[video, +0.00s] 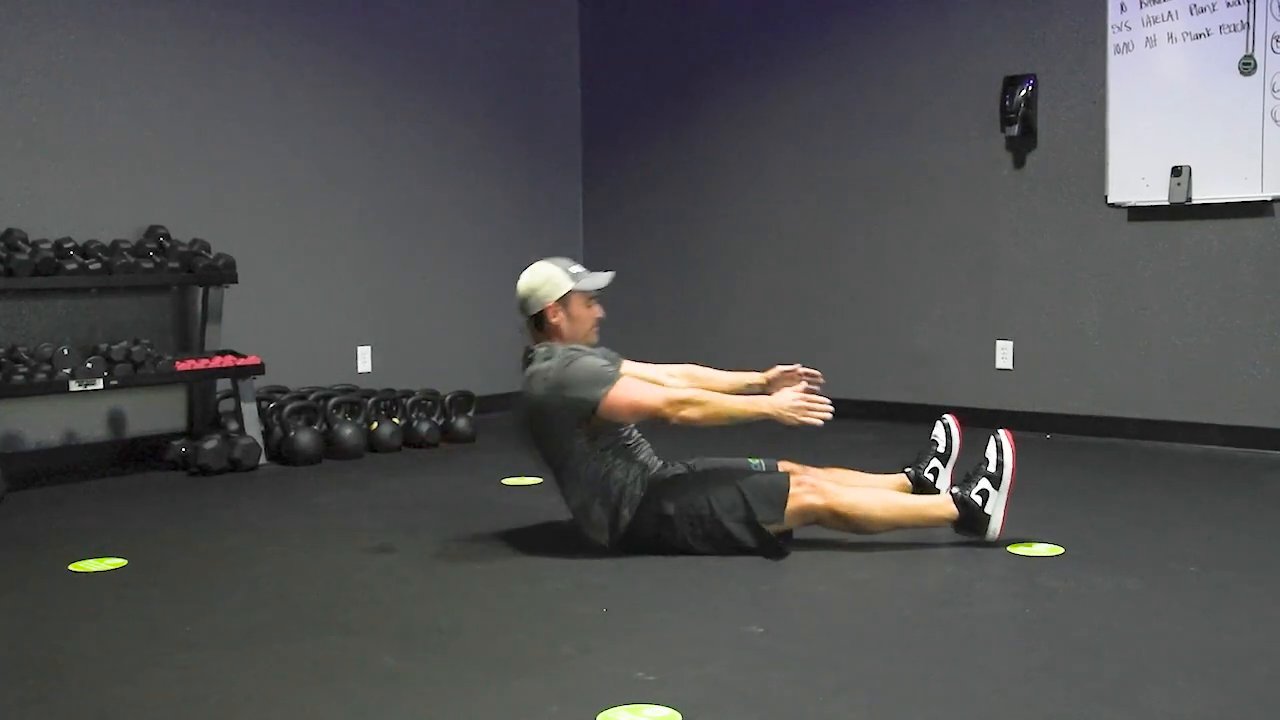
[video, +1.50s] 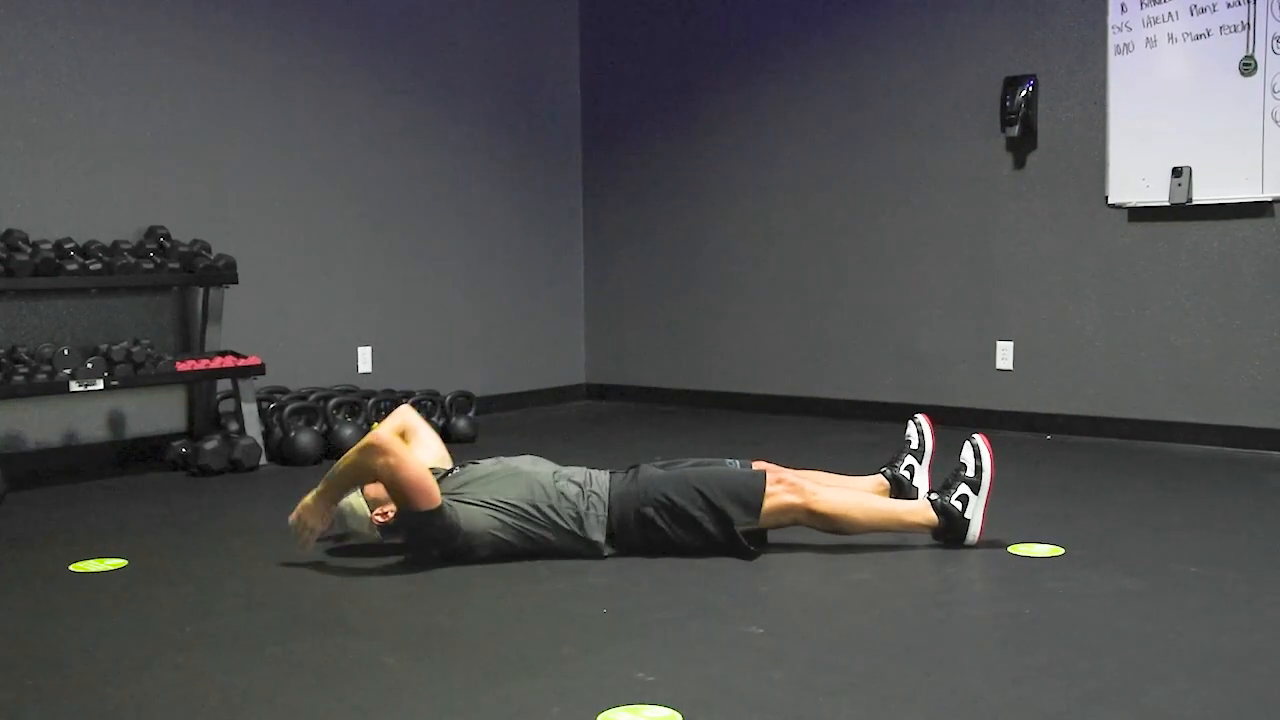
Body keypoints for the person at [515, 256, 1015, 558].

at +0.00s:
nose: (596, 307)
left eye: (591, 297)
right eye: (584, 300)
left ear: (557, 314)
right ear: (553, 315)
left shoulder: (580, 358)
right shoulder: (564, 374)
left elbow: (675, 378)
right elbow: (672, 408)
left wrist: (760, 380)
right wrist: (768, 409)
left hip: (646, 487)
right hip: (633, 511)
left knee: (796, 473)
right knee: (805, 496)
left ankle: (918, 480)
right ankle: (966, 511)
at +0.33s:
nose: (712, 295)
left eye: (712, 284)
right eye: (707, 283)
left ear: (665, 286)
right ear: (676, 284)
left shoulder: (644, 335)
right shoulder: (668, 343)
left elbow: (752, 405)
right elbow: (764, 409)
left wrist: (829, 425)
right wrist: (851, 443)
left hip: (651, 494)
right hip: (658, 506)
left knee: (806, 455)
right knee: (836, 480)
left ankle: (929, 480)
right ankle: (981, 510)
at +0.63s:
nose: (687, 292)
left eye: (683, 281)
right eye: (678, 282)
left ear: (644, 290)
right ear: (649, 289)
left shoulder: (625, 342)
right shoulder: (643, 349)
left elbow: (734, 397)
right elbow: (747, 402)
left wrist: (813, 407)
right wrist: (846, 418)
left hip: (661, 491)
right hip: (661, 509)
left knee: (810, 458)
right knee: (833, 479)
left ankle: (928, 479)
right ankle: (985, 509)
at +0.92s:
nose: (553, 323)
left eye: (546, 314)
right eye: (538, 317)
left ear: (521, 336)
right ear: (511, 340)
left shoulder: (541, 382)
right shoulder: (533, 401)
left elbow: (636, 383)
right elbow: (643, 403)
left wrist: (699, 328)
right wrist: (711, 333)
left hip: (648, 484)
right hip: (640, 508)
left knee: (790, 470)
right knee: (805, 494)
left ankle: (916, 477)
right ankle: (967, 512)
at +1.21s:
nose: (448, 424)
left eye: (439, 418)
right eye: (432, 427)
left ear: (438, 435)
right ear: (420, 455)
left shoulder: (467, 467)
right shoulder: (460, 489)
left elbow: (531, 411)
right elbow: (529, 413)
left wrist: (493, 341)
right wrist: (482, 342)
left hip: (622, 484)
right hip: (622, 506)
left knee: (769, 470)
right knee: (787, 494)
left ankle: (897, 484)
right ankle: (945, 516)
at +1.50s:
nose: (397, 474)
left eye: (389, 466)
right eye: (392, 469)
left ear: (392, 492)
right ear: (393, 502)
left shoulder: (448, 493)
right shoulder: (438, 519)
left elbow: (405, 425)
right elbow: (394, 425)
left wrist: (346, 482)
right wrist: (340, 491)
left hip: (626, 484)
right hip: (624, 510)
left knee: (769, 474)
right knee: (785, 492)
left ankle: (898, 488)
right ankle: (943, 514)